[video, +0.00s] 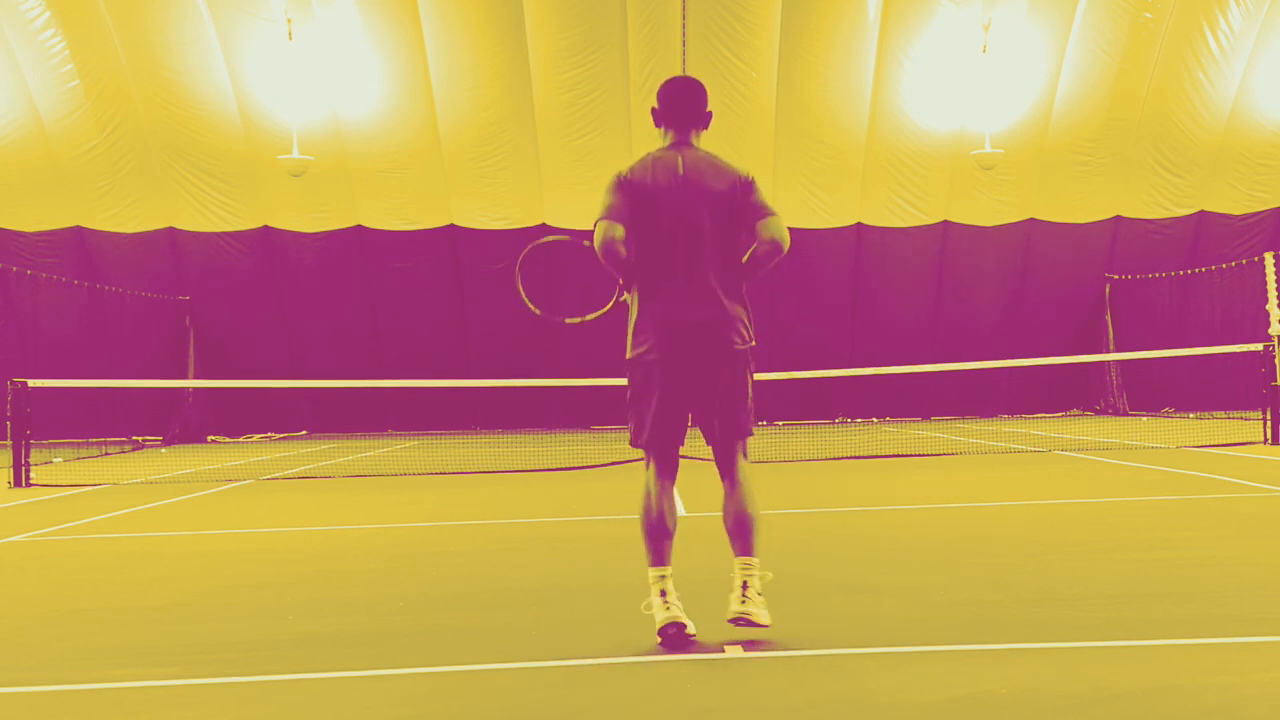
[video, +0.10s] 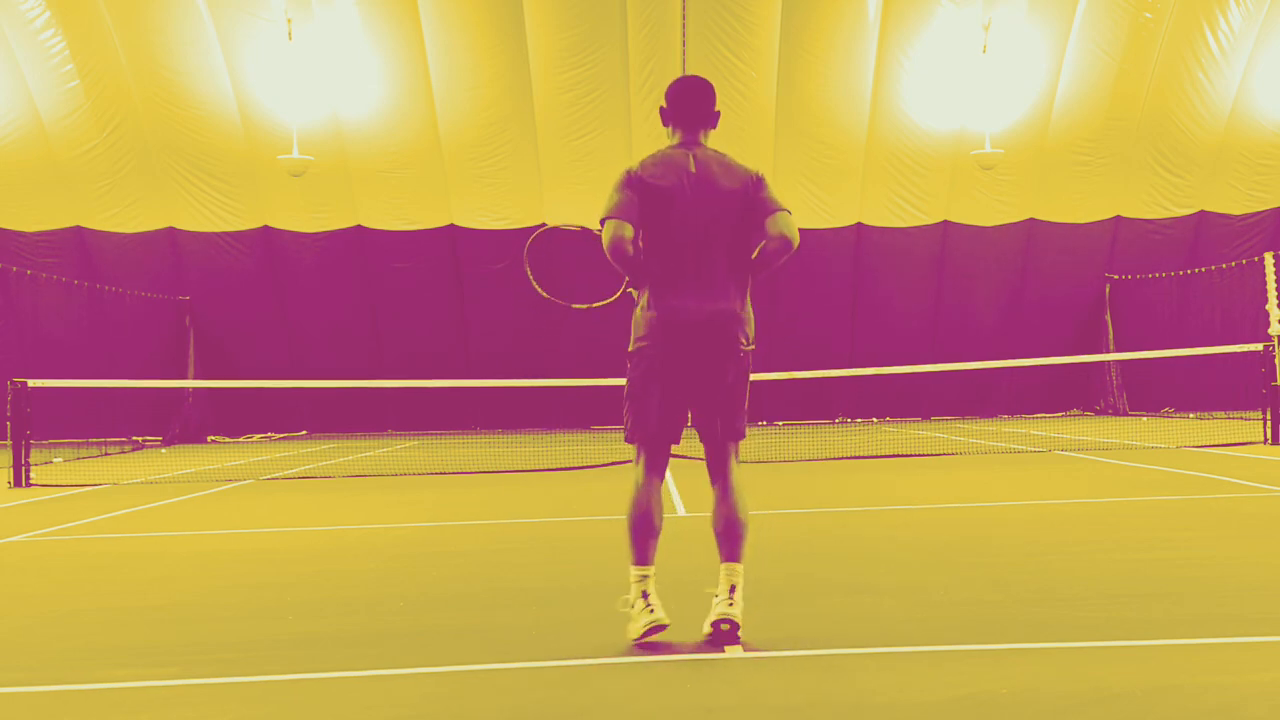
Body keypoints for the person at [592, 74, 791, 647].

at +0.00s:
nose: (674, 128)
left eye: (663, 117)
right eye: (697, 119)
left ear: (656, 120)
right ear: (708, 122)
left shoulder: (631, 179)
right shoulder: (735, 179)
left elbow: (607, 240)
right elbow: (775, 240)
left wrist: (633, 281)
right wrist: (736, 281)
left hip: (658, 339)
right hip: (721, 336)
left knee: (659, 470)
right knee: (733, 463)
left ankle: (664, 601)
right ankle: (747, 591)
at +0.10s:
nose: (679, 129)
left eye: (671, 118)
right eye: (700, 120)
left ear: (664, 119)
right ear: (716, 122)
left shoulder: (641, 175)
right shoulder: (746, 179)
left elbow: (617, 240)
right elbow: (784, 237)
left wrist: (641, 284)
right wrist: (742, 276)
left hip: (661, 335)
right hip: (725, 336)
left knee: (650, 468)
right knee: (724, 468)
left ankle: (643, 599)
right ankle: (728, 599)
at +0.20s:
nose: (692, 153)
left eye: (678, 143)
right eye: (712, 142)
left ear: (672, 143)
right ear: (723, 145)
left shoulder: (648, 202)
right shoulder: (749, 206)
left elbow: (622, 271)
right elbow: (797, 266)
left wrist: (646, 305)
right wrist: (754, 302)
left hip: (664, 361)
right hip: (728, 362)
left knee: (638, 487)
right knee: (721, 491)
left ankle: (615, 615)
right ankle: (726, 616)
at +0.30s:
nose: (702, 158)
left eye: (682, 148)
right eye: (717, 147)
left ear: (675, 148)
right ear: (726, 151)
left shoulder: (649, 207)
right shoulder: (752, 211)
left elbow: (625, 280)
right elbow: (799, 270)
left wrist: (653, 309)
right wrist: (756, 309)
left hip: (664, 369)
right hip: (731, 370)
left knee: (636, 490)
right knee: (716, 497)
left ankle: (616, 614)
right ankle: (725, 615)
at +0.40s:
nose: (673, 124)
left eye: (674, 116)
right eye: (689, 117)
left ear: (673, 120)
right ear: (722, 125)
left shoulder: (647, 179)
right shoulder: (747, 183)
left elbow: (624, 246)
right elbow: (790, 239)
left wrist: (644, 286)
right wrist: (748, 280)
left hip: (664, 339)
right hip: (729, 341)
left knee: (654, 467)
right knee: (726, 473)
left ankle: (649, 598)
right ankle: (730, 604)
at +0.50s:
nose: (680, 121)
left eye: (672, 110)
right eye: (704, 113)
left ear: (665, 113)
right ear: (716, 116)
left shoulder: (637, 168)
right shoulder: (742, 172)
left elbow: (615, 235)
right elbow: (784, 228)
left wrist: (642, 274)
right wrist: (745, 278)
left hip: (663, 328)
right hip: (727, 326)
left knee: (666, 462)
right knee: (736, 461)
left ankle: (672, 593)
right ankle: (745, 591)